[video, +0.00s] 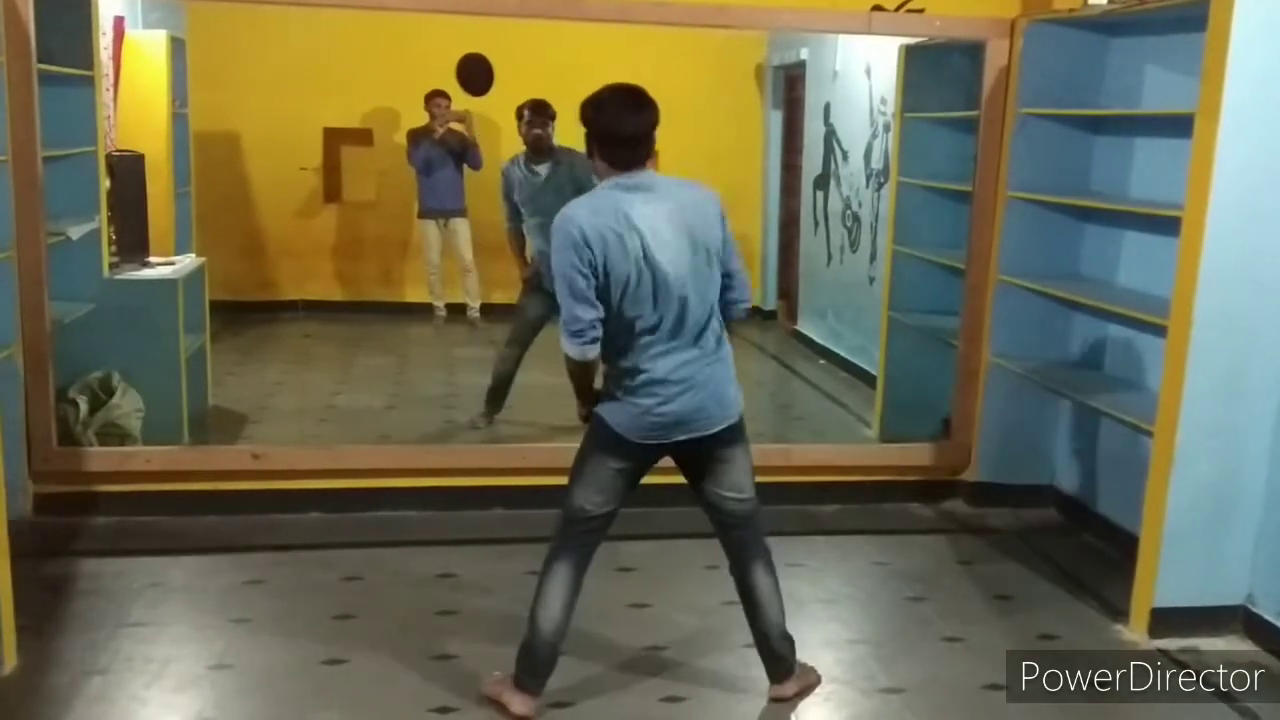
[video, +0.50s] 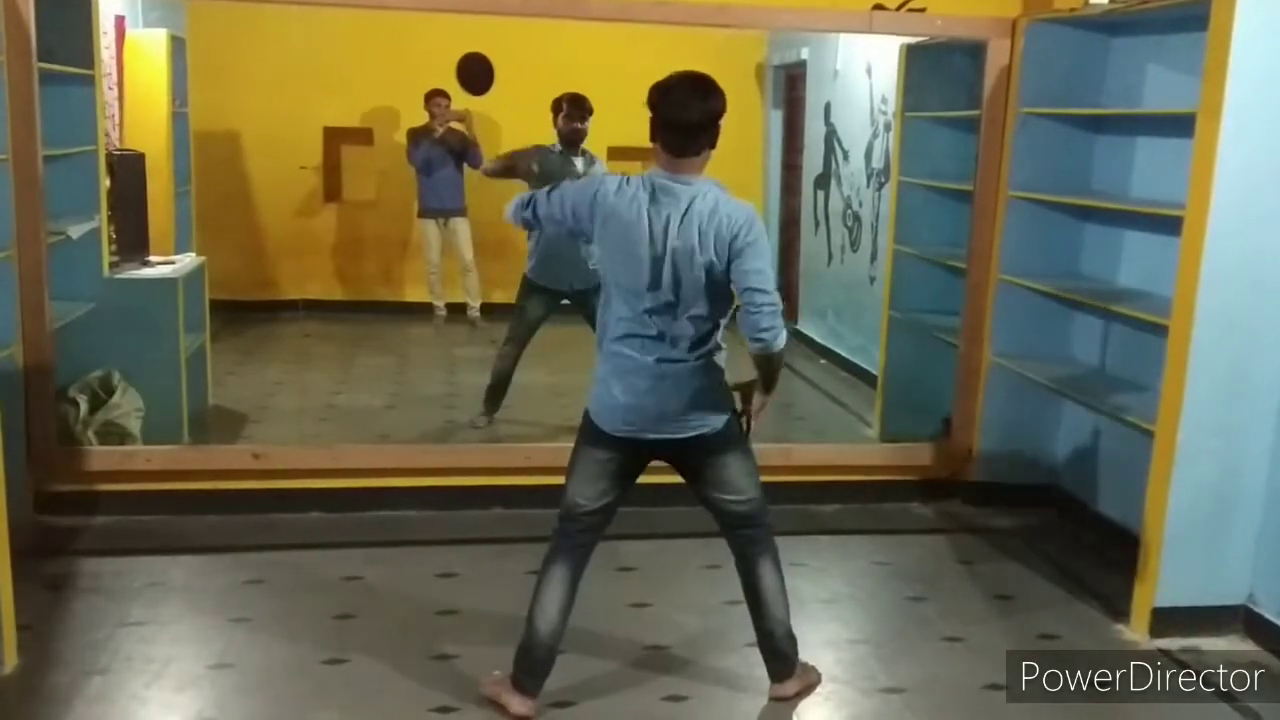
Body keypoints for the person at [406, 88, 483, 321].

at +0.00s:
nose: (440, 111)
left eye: (445, 106)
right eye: (436, 106)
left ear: (450, 110)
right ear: (427, 109)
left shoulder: (457, 136)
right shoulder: (417, 135)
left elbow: (476, 163)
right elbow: (416, 161)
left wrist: (469, 132)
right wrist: (436, 135)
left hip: (456, 209)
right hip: (429, 210)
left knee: (467, 262)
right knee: (433, 264)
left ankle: (474, 310)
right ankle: (438, 309)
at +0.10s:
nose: (440, 111)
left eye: (445, 106)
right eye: (436, 106)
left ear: (450, 110)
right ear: (427, 108)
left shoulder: (457, 136)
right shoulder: (417, 135)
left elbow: (476, 163)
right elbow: (415, 161)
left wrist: (470, 132)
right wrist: (436, 134)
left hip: (456, 210)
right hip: (429, 211)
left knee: (467, 263)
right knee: (433, 264)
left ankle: (474, 310)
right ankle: (438, 309)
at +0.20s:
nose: (441, 110)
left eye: (445, 106)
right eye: (436, 106)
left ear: (450, 109)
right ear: (427, 108)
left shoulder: (457, 136)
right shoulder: (417, 134)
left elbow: (476, 163)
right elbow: (416, 161)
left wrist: (470, 132)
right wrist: (435, 135)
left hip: (456, 209)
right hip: (429, 210)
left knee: (467, 263)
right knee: (433, 264)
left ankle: (474, 310)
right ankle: (438, 308)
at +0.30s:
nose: (441, 110)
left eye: (445, 106)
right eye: (436, 106)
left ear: (450, 109)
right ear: (427, 108)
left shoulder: (457, 136)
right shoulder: (417, 134)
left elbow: (476, 163)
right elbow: (416, 161)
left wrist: (469, 132)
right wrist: (435, 135)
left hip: (456, 209)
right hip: (429, 210)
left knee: (467, 263)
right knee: (433, 264)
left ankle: (474, 310)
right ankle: (438, 309)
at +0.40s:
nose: (441, 110)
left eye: (445, 106)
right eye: (436, 106)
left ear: (450, 109)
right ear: (427, 108)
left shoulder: (457, 136)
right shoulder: (417, 134)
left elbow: (476, 162)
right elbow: (415, 161)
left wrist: (469, 131)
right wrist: (435, 134)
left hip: (456, 209)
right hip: (429, 210)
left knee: (468, 262)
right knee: (433, 264)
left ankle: (474, 309)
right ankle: (438, 308)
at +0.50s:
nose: (440, 110)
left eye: (444, 106)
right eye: (436, 106)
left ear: (450, 109)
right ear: (427, 108)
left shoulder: (457, 135)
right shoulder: (417, 134)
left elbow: (476, 162)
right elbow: (415, 161)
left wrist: (470, 130)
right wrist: (435, 134)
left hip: (456, 209)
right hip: (429, 210)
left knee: (468, 262)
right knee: (433, 263)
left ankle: (474, 310)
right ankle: (438, 308)